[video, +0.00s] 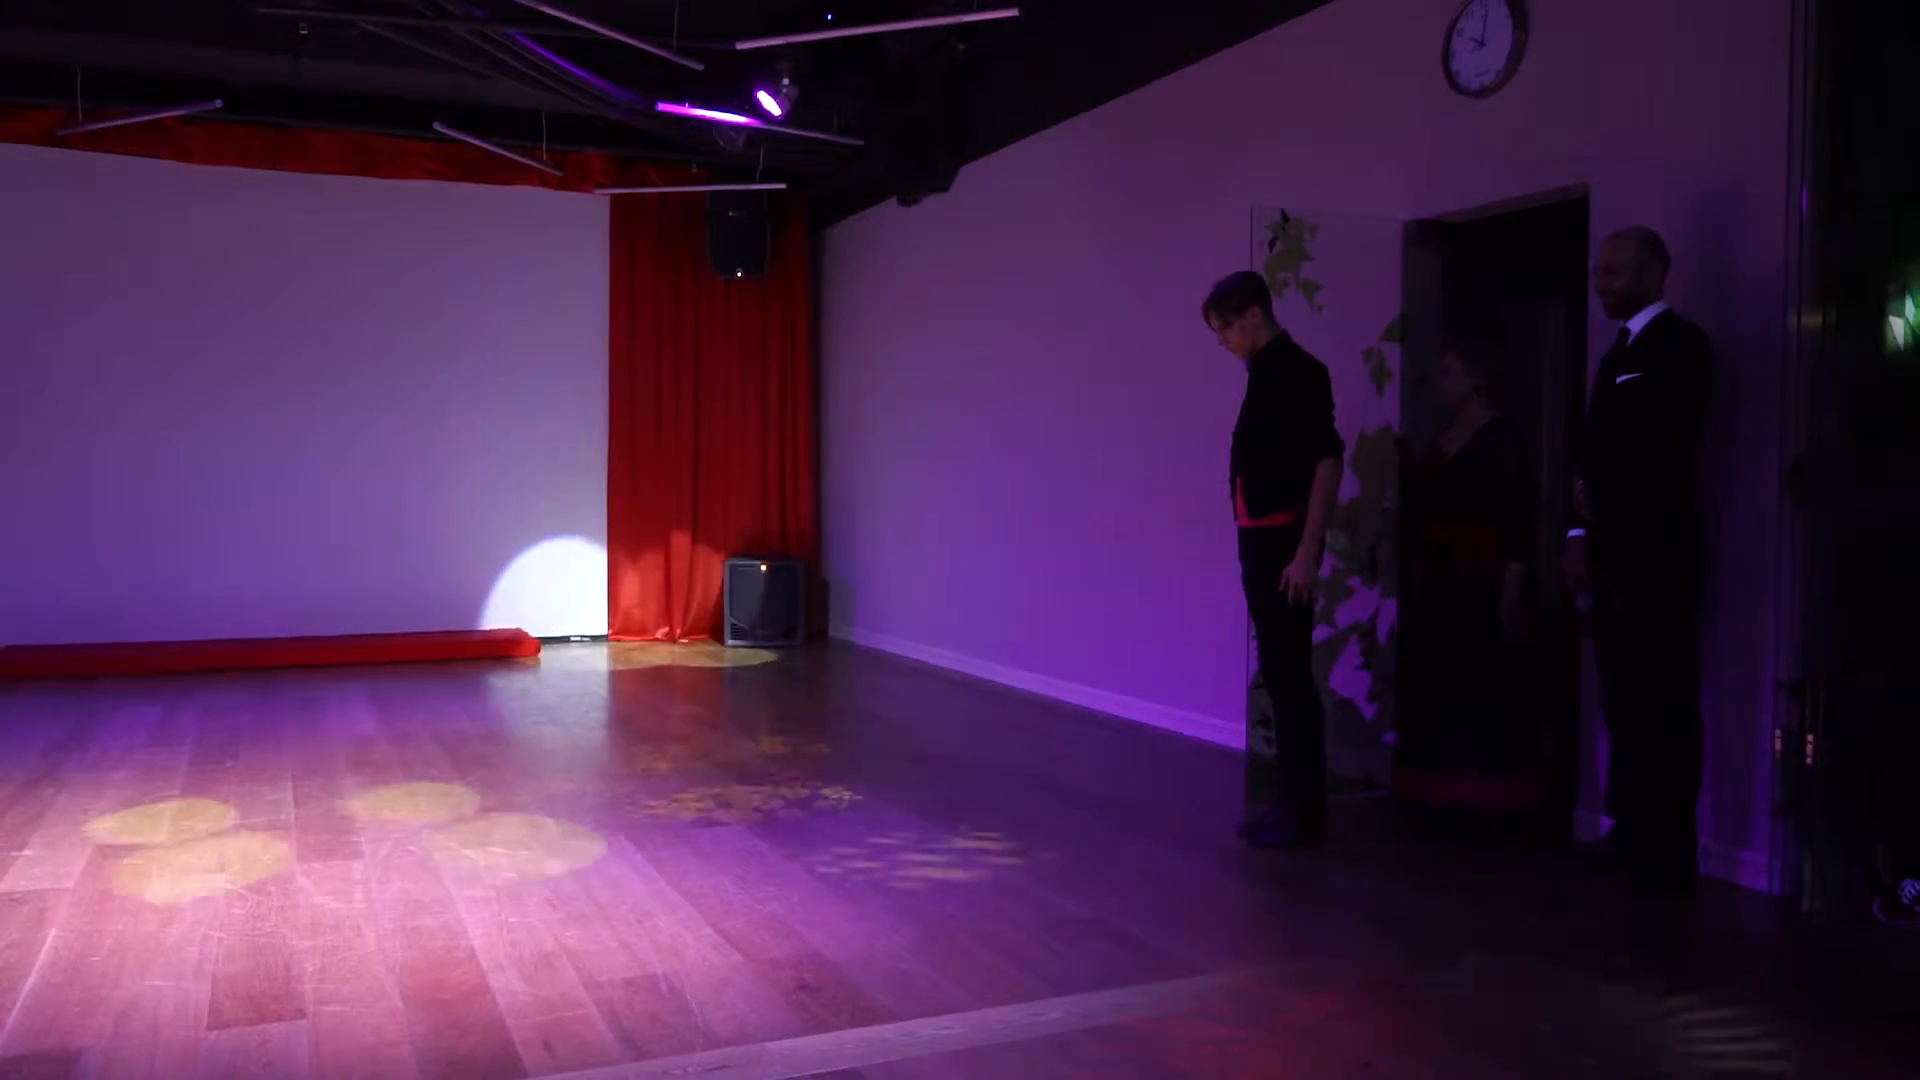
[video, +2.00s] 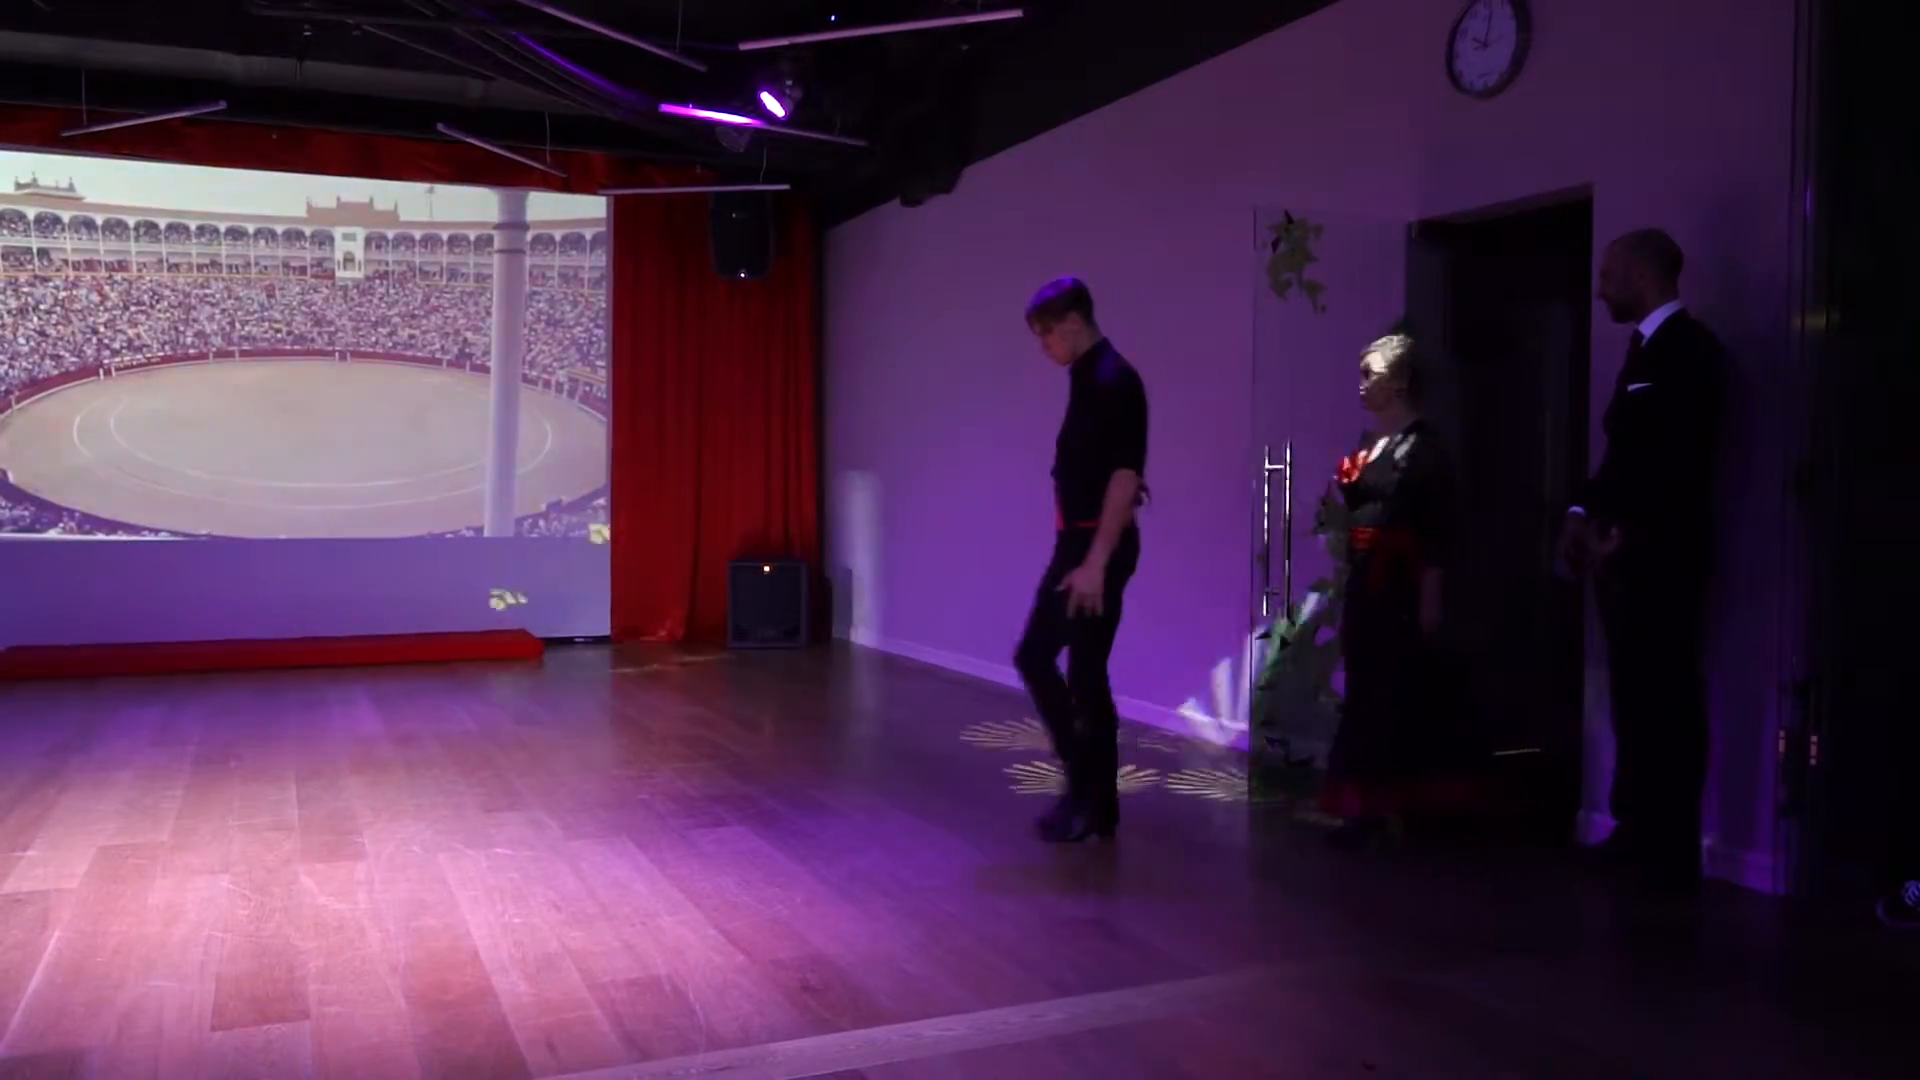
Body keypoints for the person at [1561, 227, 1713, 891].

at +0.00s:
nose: (1602, 284)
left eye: (1615, 272)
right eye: (1599, 272)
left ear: (1652, 275)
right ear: (1607, 278)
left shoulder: (1679, 347)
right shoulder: (1619, 354)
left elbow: (1658, 458)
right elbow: (1592, 454)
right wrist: (1579, 530)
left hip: (1664, 551)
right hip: (1623, 551)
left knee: (1660, 704)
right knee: (1630, 705)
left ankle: (1663, 851)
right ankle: (1632, 844)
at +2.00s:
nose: (1602, 286)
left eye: (1611, 274)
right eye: (1603, 274)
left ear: (1645, 277)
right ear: (1650, 276)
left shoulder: (1682, 350)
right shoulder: (1647, 348)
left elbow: (1661, 461)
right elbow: (1621, 451)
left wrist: (1619, 526)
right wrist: (1584, 511)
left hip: (1667, 555)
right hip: (1639, 553)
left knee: (1662, 698)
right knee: (1640, 698)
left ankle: (1664, 848)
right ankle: (1638, 839)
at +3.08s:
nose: (1534, 301)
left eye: (1541, 288)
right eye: (1535, 289)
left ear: (1570, 288)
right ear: (1584, 287)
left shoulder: (1598, 361)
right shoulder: (1601, 356)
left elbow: (1585, 470)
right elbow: (1584, 469)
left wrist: (1547, 525)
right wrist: (1546, 525)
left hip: (1595, 552)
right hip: (1590, 549)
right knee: (1634, 695)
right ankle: (1675, 847)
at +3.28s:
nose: (1483, 304)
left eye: (1490, 292)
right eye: (1484, 292)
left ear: (1520, 292)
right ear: (1526, 293)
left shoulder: (1562, 356)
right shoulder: (1537, 356)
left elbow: (1560, 466)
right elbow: (1545, 464)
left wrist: (1525, 539)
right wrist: (1518, 535)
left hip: (1567, 547)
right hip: (1553, 545)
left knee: (1598, 690)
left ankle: (1656, 842)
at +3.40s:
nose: (1460, 308)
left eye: (1465, 294)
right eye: (1460, 295)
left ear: (1492, 292)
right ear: (1497, 291)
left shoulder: (1547, 352)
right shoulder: (1498, 358)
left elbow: (1552, 459)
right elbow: (1445, 424)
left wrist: (1523, 537)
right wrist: (1356, 442)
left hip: (1556, 545)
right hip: (1516, 544)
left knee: (1580, 689)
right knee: (1503, 683)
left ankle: (1620, 838)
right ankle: (1504, 822)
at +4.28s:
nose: (1433, 305)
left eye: (1439, 290)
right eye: (1433, 292)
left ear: (1464, 288)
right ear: (1468, 286)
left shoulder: (1511, 351)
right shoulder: (1479, 352)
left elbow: (1513, 455)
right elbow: (1459, 451)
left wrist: (1511, 539)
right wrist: (1369, 456)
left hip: (1518, 558)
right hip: (1493, 555)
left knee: (1510, 695)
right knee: (1494, 693)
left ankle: (1521, 835)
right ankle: (1499, 828)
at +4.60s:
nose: (1459, 308)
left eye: (1460, 296)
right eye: (1460, 296)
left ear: (1473, 294)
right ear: (1506, 290)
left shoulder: (1511, 356)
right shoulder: (1527, 349)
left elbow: (1507, 463)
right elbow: (1508, 460)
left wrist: (1494, 548)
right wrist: (1444, 465)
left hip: (1521, 554)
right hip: (1530, 546)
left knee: (1511, 693)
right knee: (1521, 691)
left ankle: (1518, 830)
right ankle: (1524, 827)